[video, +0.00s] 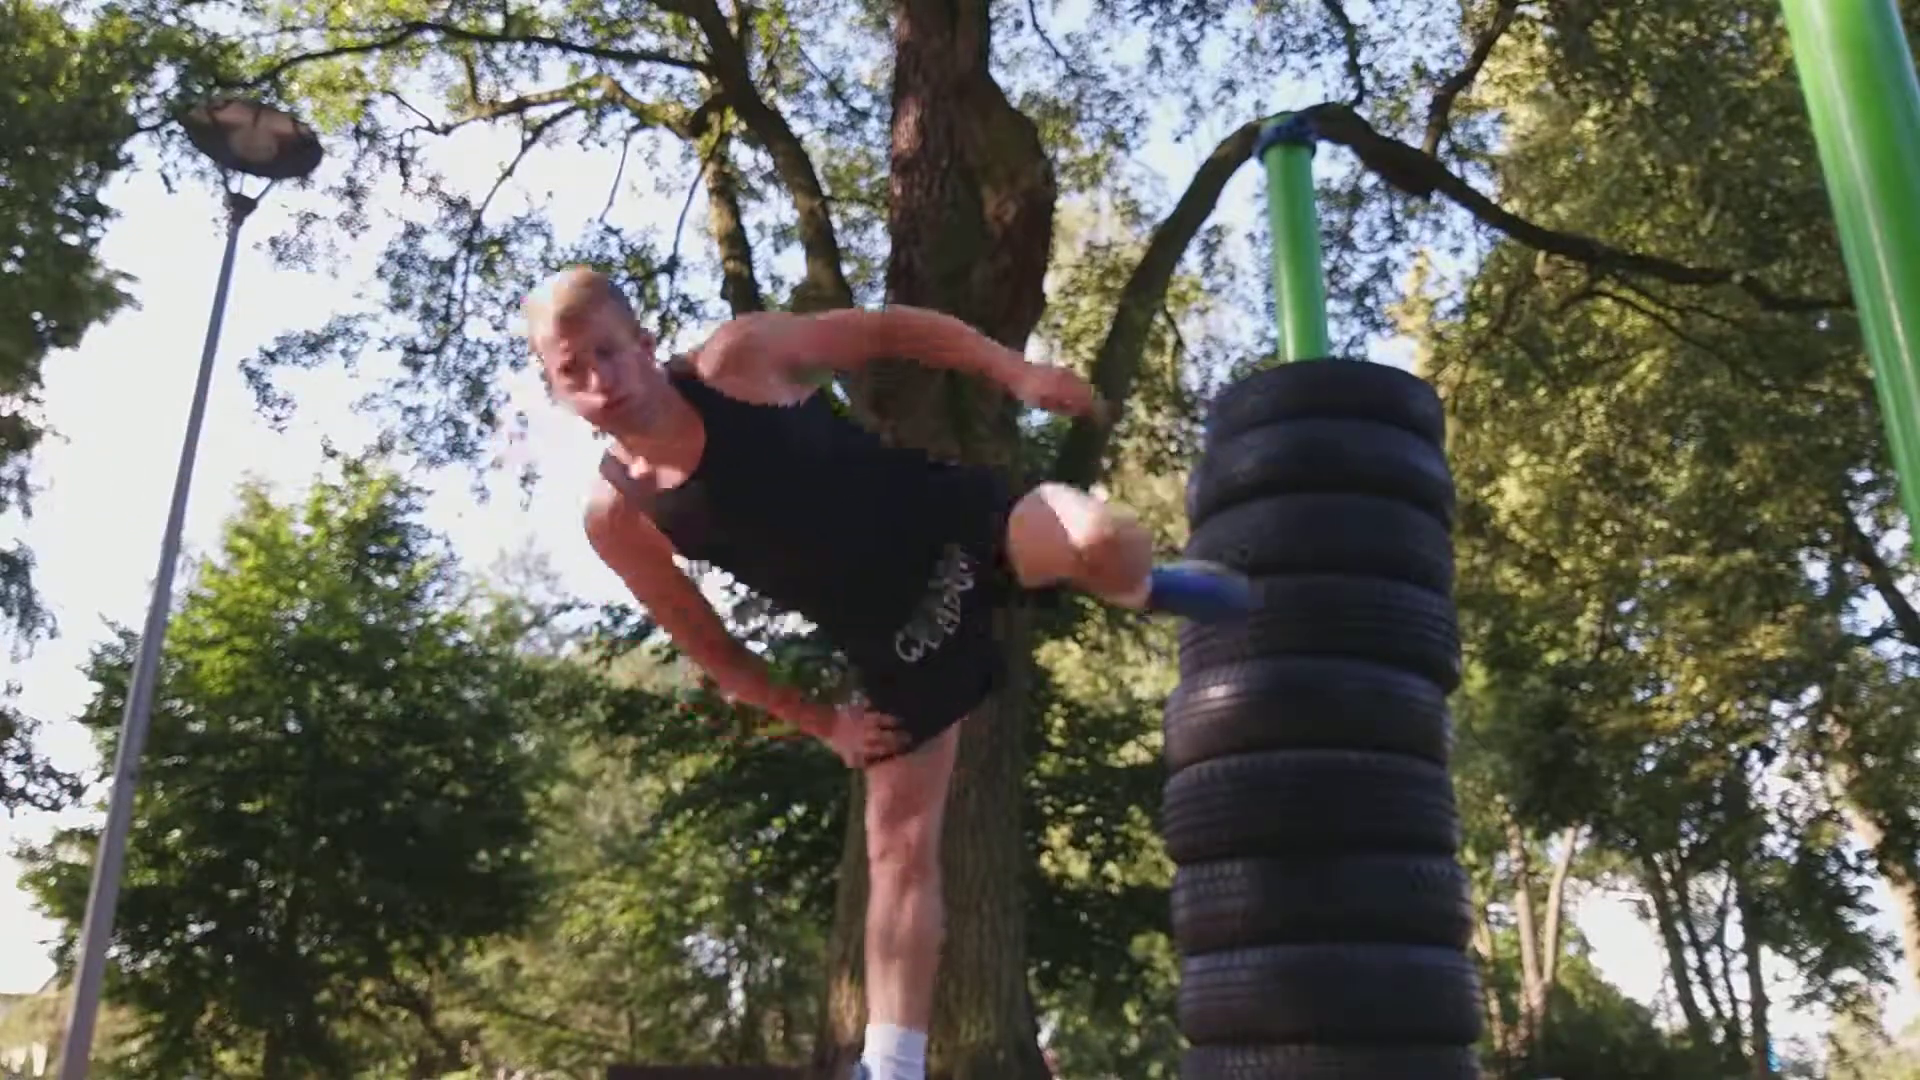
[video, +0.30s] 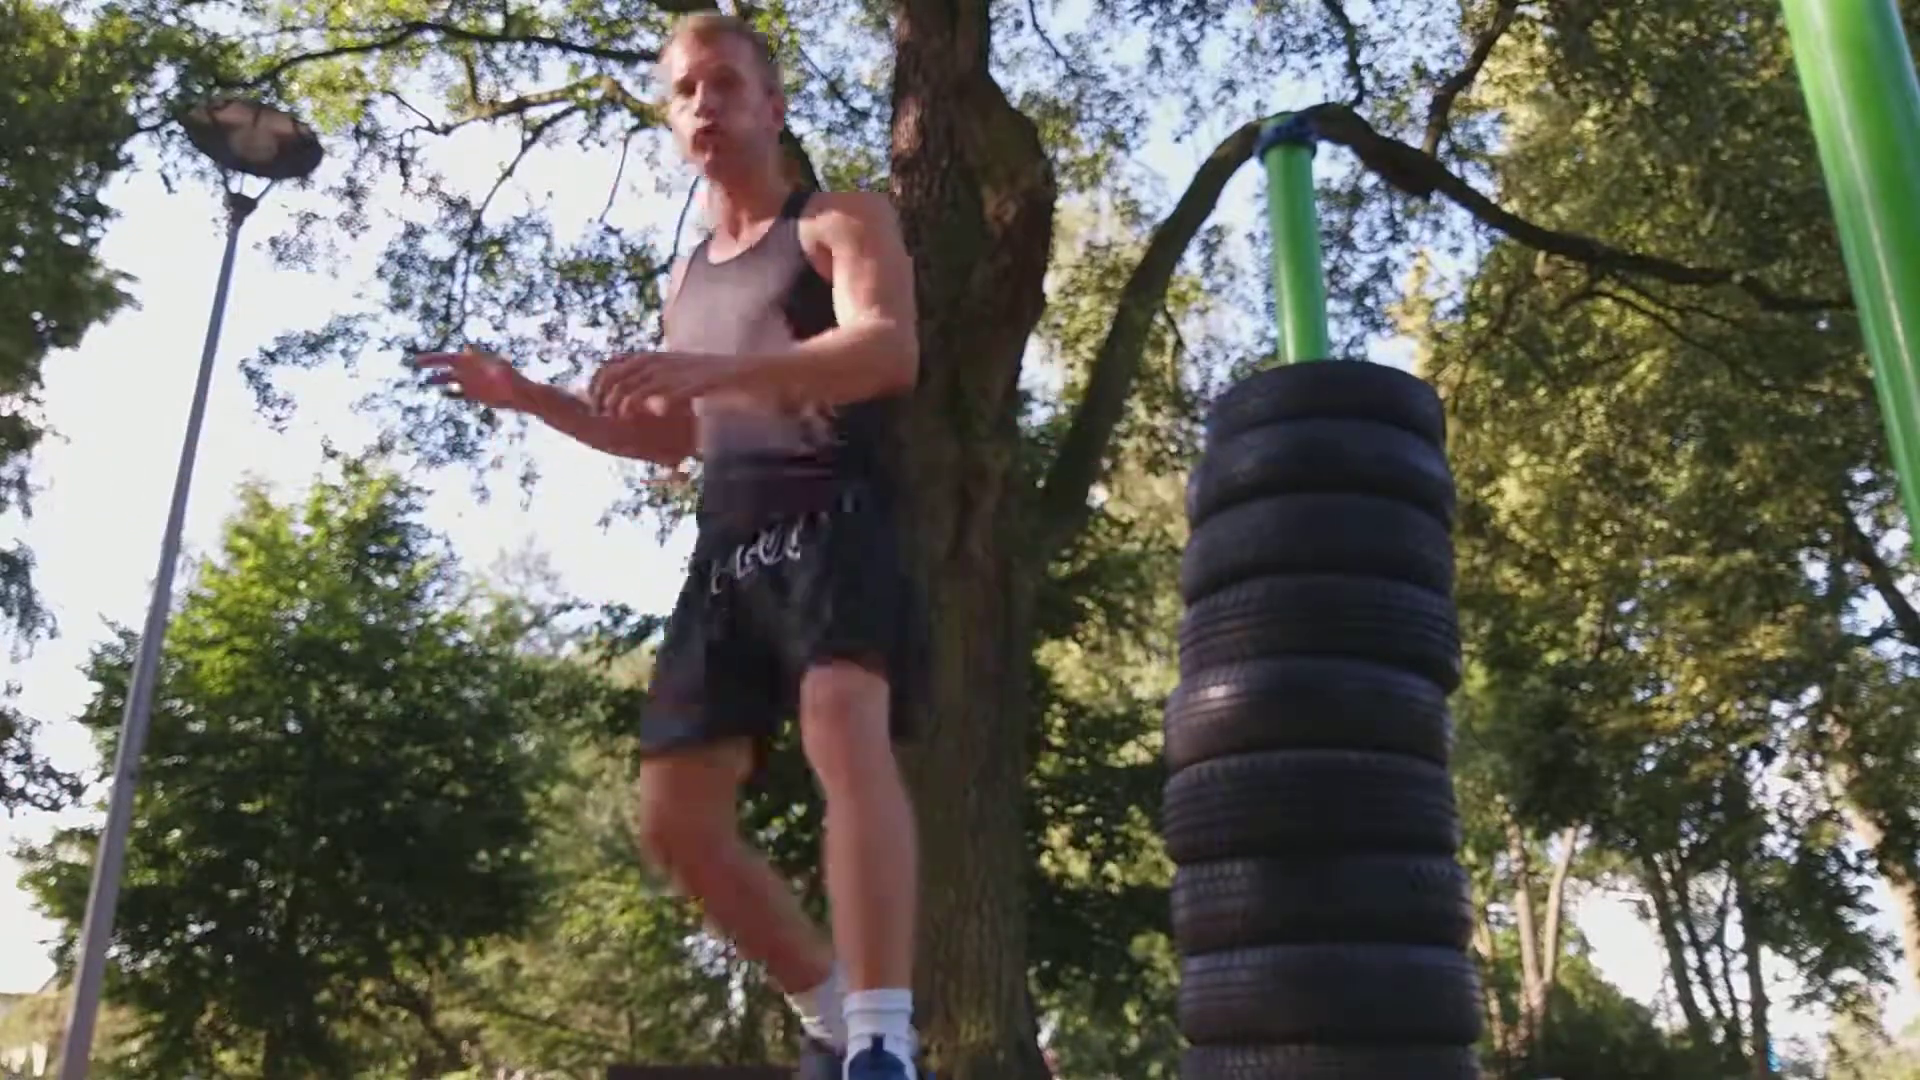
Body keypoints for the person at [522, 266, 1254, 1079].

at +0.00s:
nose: (597, 386)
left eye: (605, 356)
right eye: (571, 376)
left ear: (643, 337)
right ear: (553, 392)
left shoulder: (740, 354)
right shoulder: (618, 516)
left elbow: (892, 332)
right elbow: (712, 650)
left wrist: (1021, 373)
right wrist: (821, 722)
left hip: (953, 521)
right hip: (888, 634)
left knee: (1095, 533)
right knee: (897, 839)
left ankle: (1147, 589)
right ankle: (895, 1065)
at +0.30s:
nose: (700, 105)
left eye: (721, 84)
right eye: (682, 94)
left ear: (775, 100)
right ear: (669, 125)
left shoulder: (839, 217)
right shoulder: (686, 277)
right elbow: (679, 441)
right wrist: (529, 394)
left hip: (831, 520)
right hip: (727, 545)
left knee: (842, 722)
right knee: (680, 824)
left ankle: (883, 1047)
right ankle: (842, 1027)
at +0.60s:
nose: (687, 19)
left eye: (699, 8)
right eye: (658, 3)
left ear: (707, 37)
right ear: (595, 22)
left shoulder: (762, 151)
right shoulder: (539, 175)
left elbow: (883, 293)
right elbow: (399, 229)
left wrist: (863, 391)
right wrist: (537, 130)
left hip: (744, 482)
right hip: (591, 486)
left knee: (804, 723)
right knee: (435, 660)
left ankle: (877, 1048)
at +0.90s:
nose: (633, 94)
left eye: (637, 72)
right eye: (627, 63)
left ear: (566, 51)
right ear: (562, 40)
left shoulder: (556, 224)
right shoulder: (427, 79)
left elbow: (545, 394)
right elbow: (374, 161)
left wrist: (637, 334)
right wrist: (537, 271)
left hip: (538, 491)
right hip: (417, 454)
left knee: (630, 738)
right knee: (349, 677)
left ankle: (506, 1040)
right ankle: (232, 1035)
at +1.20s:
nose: (571, 226)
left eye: (574, 209)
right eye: (564, 201)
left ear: (508, 192)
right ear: (507, 179)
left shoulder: (460, 317)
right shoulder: (397, 206)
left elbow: (427, 481)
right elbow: (302, 313)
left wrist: (521, 459)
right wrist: (471, 399)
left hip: (388, 570)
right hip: (304, 528)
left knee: (353, 819)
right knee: (253, 732)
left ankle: (240, 1041)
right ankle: (202, 1019)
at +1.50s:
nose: (481, 228)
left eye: (487, 211)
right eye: (474, 201)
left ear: (421, 191)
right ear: (409, 176)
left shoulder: (380, 317)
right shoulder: (295, 212)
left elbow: (331, 482)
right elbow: (276, 315)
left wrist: (429, 474)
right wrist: (431, 341)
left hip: (324, 593)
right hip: (220, 557)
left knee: (346, 817)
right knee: (138, 790)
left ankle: (235, 1068)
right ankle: (4, 1009)